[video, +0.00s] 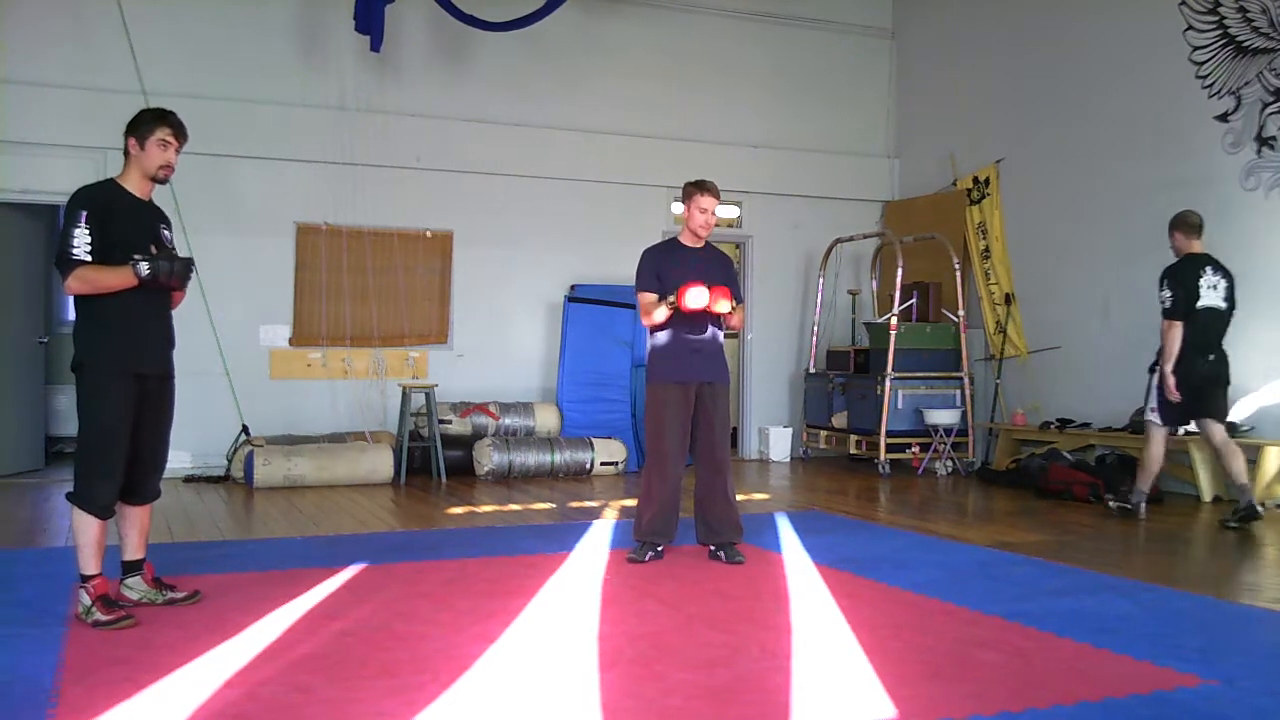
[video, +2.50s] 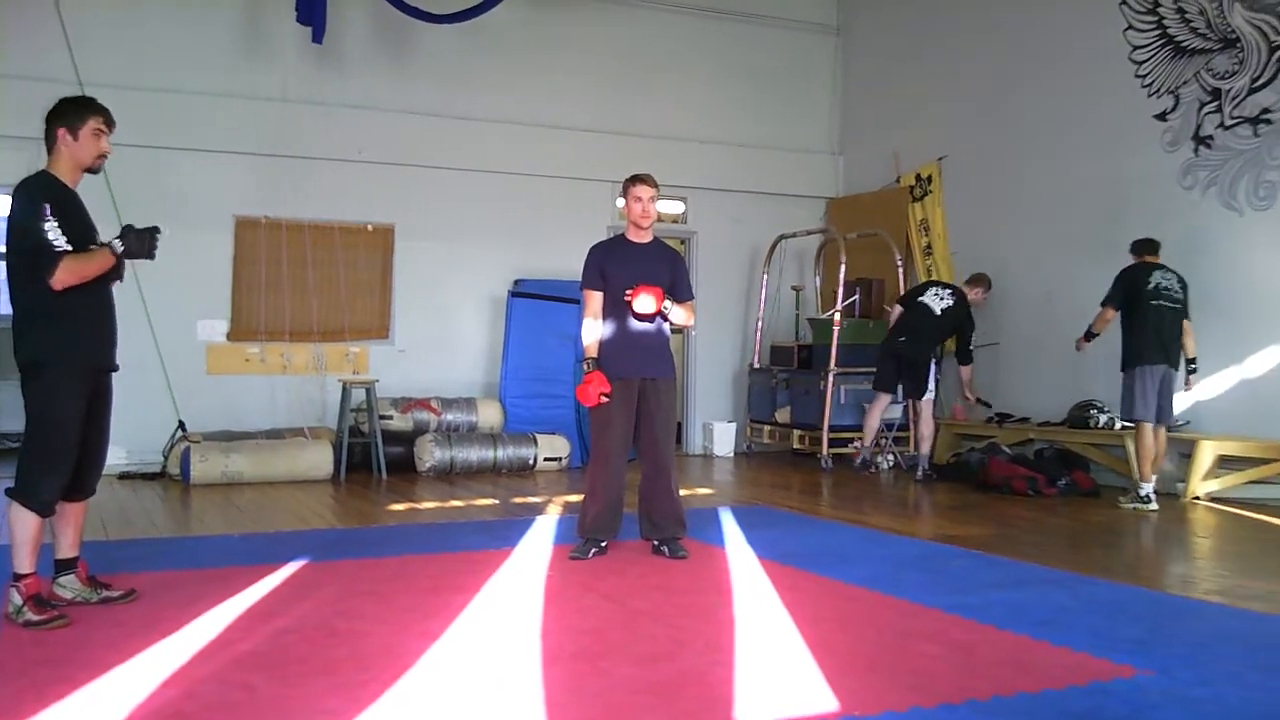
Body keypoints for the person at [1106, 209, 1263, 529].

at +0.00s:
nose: (1171, 243)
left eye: (1171, 238)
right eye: (1172, 238)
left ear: (1177, 236)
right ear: (1200, 234)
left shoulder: (1176, 272)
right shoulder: (1223, 273)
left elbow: (1174, 325)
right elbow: (1221, 321)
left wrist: (1167, 368)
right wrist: (1200, 350)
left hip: (1179, 362)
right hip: (1213, 363)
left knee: (1156, 431)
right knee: (1218, 434)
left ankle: (1137, 500)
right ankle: (1247, 502)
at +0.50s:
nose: (1079, 249)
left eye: (1079, 245)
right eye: (1081, 245)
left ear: (1082, 245)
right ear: (1106, 247)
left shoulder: (1072, 278)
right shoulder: (1124, 283)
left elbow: (1048, 324)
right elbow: (1131, 332)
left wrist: (1029, 347)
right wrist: (1130, 371)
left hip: (1077, 361)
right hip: (1107, 363)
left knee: (1093, 428)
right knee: (1072, 423)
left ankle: (1125, 492)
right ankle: (1050, 486)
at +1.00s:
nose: (977, 251)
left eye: (972, 246)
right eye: (984, 247)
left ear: (967, 245)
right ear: (990, 248)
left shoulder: (949, 274)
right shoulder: (1003, 279)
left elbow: (938, 318)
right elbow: (1010, 328)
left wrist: (930, 353)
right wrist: (997, 350)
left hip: (953, 352)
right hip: (988, 354)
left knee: (944, 412)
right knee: (984, 414)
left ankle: (929, 468)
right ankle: (991, 474)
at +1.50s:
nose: (984, 265)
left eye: (984, 262)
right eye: (986, 262)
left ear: (964, 254)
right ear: (983, 260)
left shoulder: (938, 274)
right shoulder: (987, 287)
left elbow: (916, 309)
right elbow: (995, 331)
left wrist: (910, 341)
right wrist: (995, 362)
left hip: (936, 351)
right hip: (967, 355)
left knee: (937, 411)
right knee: (958, 410)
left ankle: (943, 467)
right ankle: (953, 461)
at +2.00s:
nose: (1009, 306)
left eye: (1011, 303)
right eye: (1012, 302)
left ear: (995, 285)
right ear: (1008, 297)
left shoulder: (963, 285)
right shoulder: (996, 316)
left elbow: (927, 302)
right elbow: (995, 363)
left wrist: (913, 335)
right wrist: (1000, 398)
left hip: (926, 344)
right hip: (956, 354)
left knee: (909, 400)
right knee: (955, 410)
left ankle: (892, 454)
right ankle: (951, 466)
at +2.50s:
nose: (981, 302)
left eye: (983, 298)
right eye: (983, 297)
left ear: (966, 282)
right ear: (977, 292)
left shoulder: (933, 285)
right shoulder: (965, 315)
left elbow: (899, 306)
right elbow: (964, 359)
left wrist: (892, 335)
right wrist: (967, 390)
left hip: (893, 345)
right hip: (921, 355)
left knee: (881, 399)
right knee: (925, 412)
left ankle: (863, 456)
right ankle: (923, 467)